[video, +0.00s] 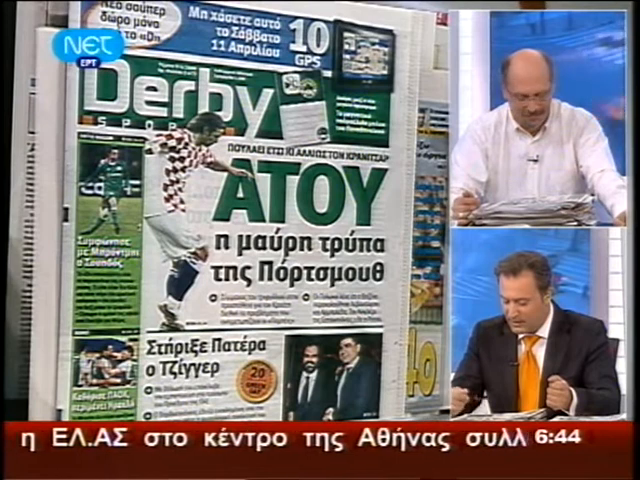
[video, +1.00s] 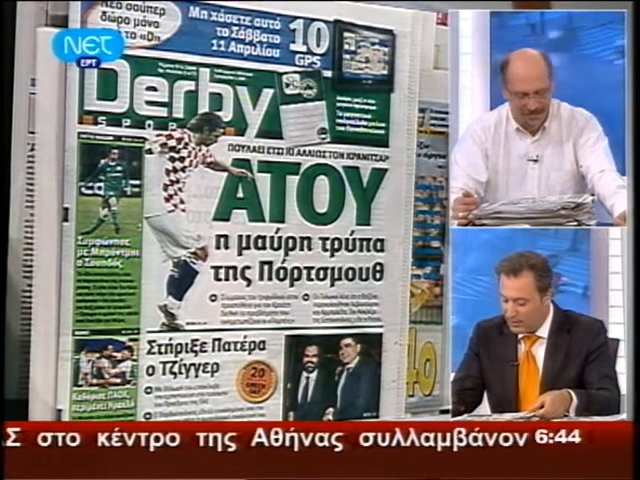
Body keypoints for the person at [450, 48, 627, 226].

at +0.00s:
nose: (533, 107)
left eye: (541, 96)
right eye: (522, 98)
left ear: (552, 87)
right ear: (505, 91)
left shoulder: (580, 124)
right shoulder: (482, 131)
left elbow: (604, 174)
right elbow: (462, 189)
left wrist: (624, 211)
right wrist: (463, 208)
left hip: (567, 246)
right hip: (499, 245)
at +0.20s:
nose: (531, 107)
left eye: (540, 96)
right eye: (521, 98)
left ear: (551, 87)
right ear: (505, 91)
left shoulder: (580, 124)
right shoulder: (482, 131)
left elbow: (604, 174)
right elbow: (462, 189)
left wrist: (624, 211)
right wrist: (463, 208)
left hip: (566, 245)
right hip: (499, 245)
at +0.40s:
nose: (533, 107)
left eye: (540, 96)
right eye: (521, 98)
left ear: (551, 86)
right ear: (505, 91)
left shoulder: (580, 124)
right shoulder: (482, 131)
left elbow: (604, 174)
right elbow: (462, 189)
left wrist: (624, 211)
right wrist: (463, 208)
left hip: (566, 245)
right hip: (499, 245)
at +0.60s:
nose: (533, 106)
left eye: (541, 95)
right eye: (522, 97)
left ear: (551, 86)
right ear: (505, 91)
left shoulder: (580, 124)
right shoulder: (482, 131)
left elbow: (604, 174)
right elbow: (462, 189)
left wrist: (624, 211)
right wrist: (463, 208)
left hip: (567, 245)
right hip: (499, 245)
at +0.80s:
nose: (533, 106)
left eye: (541, 95)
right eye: (522, 97)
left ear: (551, 86)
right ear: (505, 91)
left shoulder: (580, 124)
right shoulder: (482, 131)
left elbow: (604, 174)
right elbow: (462, 189)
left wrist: (624, 211)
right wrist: (463, 208)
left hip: (567, 245)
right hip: (499, 245)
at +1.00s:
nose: (533, 105)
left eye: (541, 94)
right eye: (522, 96)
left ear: (551, 86)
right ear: (505, 91)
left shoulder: (580, 124)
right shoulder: (482, 131)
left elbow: (604, 174)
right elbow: (462, 188)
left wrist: (624, 211)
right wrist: (463, 208)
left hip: (567, 245)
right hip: (499, 245)